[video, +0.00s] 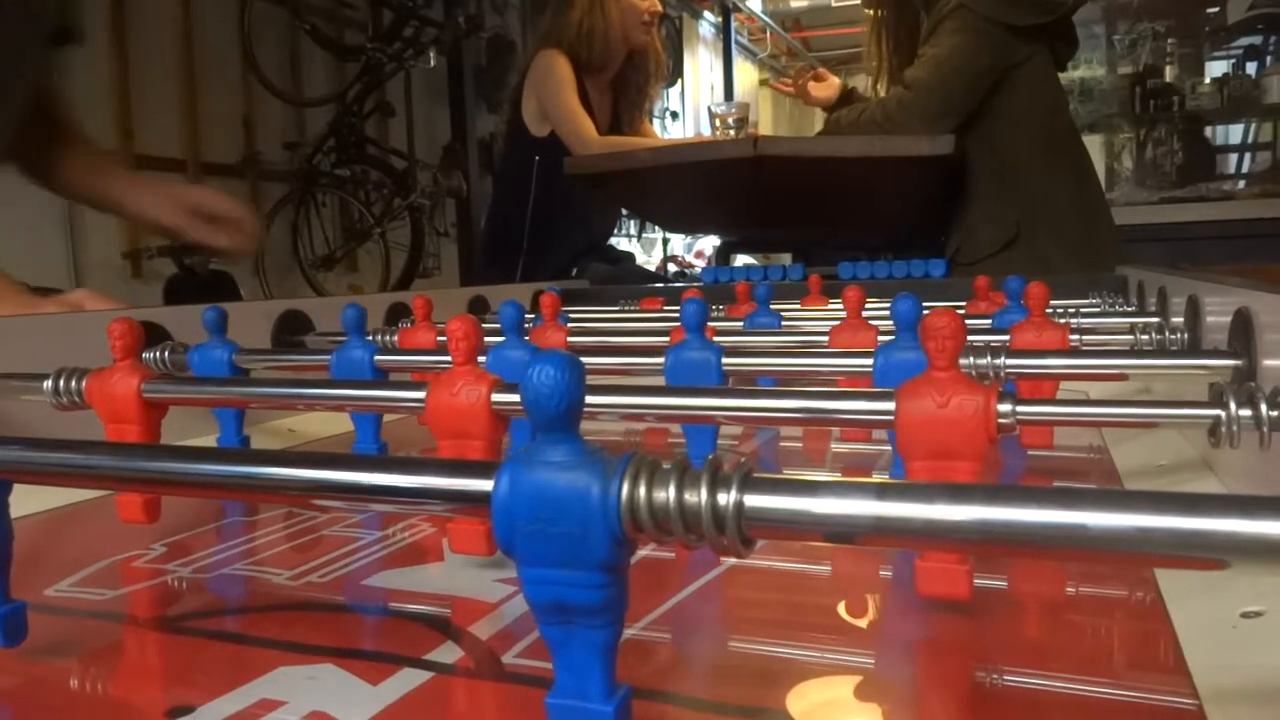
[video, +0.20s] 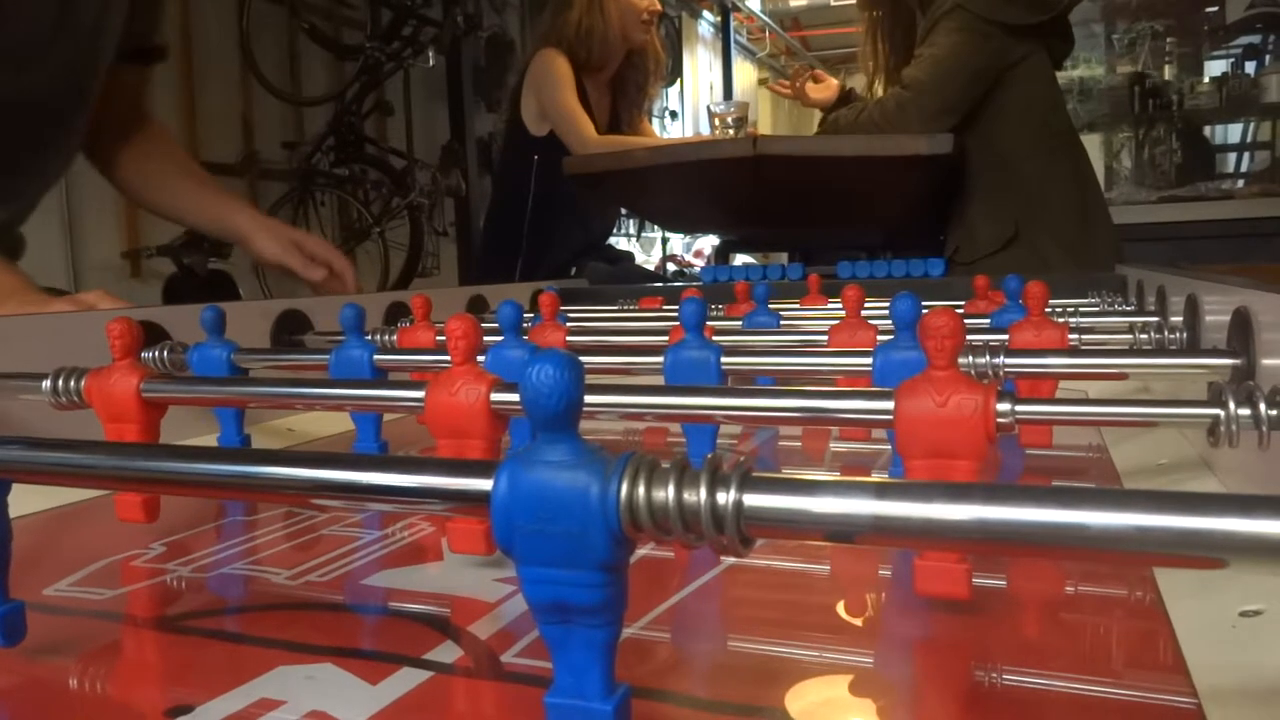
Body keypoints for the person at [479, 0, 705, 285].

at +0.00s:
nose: (657, 8)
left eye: (656, 0)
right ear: (603, 5)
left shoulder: (620, 86)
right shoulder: (551, 64)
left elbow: (655, 153)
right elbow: (588, 147)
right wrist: (682, 150)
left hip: (585, 255)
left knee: (673, 296)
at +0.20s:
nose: (657, 8)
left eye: (656, 0)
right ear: (602, 5)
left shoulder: (619, 86)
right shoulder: (550, 64)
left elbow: (654, 153)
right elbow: (586, 146)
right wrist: (682, 148)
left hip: (583, 255)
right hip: (524, 264)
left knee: (675, 295)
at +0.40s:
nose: (656, 8)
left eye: (655, 1)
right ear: (602, 5)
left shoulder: (618, 86)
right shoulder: (550, 63)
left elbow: (654, 153)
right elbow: (586, 146)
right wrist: (681, 148)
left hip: (582, 256)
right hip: (522, 265)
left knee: (671, 294)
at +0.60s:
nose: (656, 6)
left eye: (655, 0)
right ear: (600, 4)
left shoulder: (618, 84)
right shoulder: (549, 63)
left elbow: (653, 151)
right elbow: (586, 146)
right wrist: (678, 148)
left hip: (580, 252)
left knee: (668, 294)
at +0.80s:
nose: (655, 7)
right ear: (599, 4)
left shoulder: (616, 84)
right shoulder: (549, 62)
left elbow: (654, 151)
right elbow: (586, 146)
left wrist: (707, 146)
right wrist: (679, 148)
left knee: (667, 294)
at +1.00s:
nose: (655, 7)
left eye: (655, 0)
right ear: (601, 4)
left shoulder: (617, 83)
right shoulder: (548, 62)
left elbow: (653, 151)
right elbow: (584, 145)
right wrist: (673, 149)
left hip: (580, 252)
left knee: (672, 294)